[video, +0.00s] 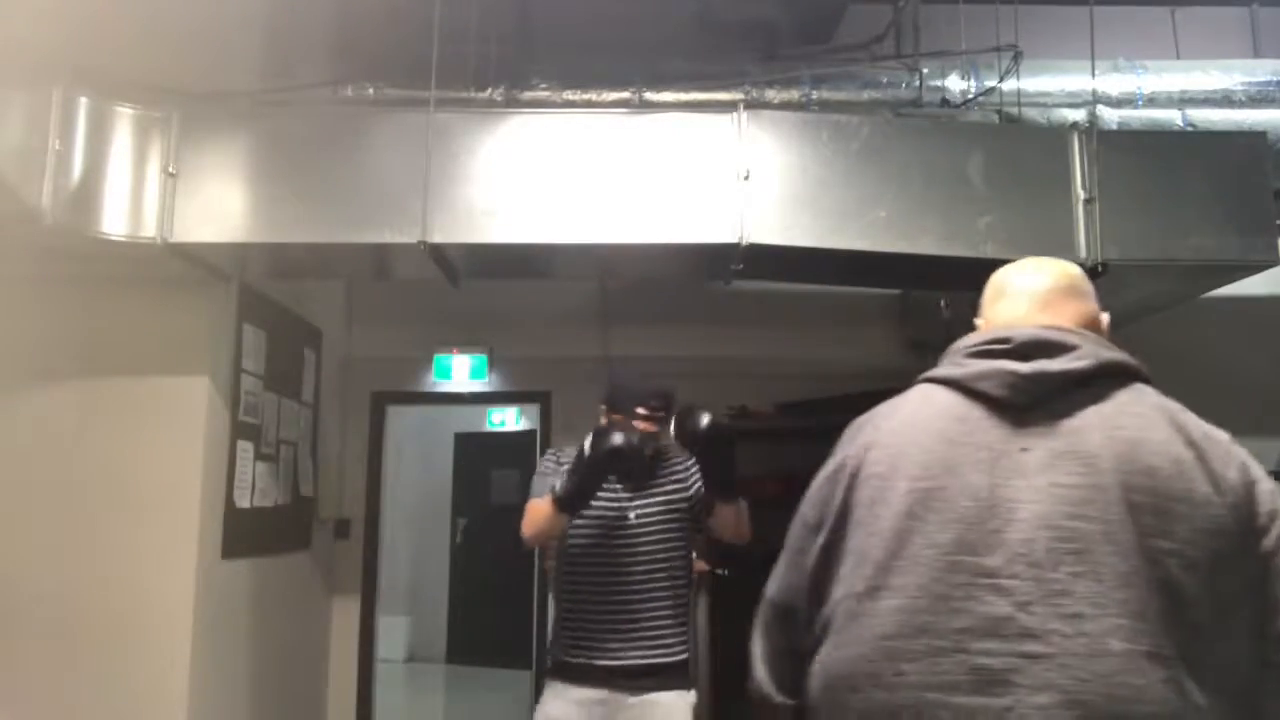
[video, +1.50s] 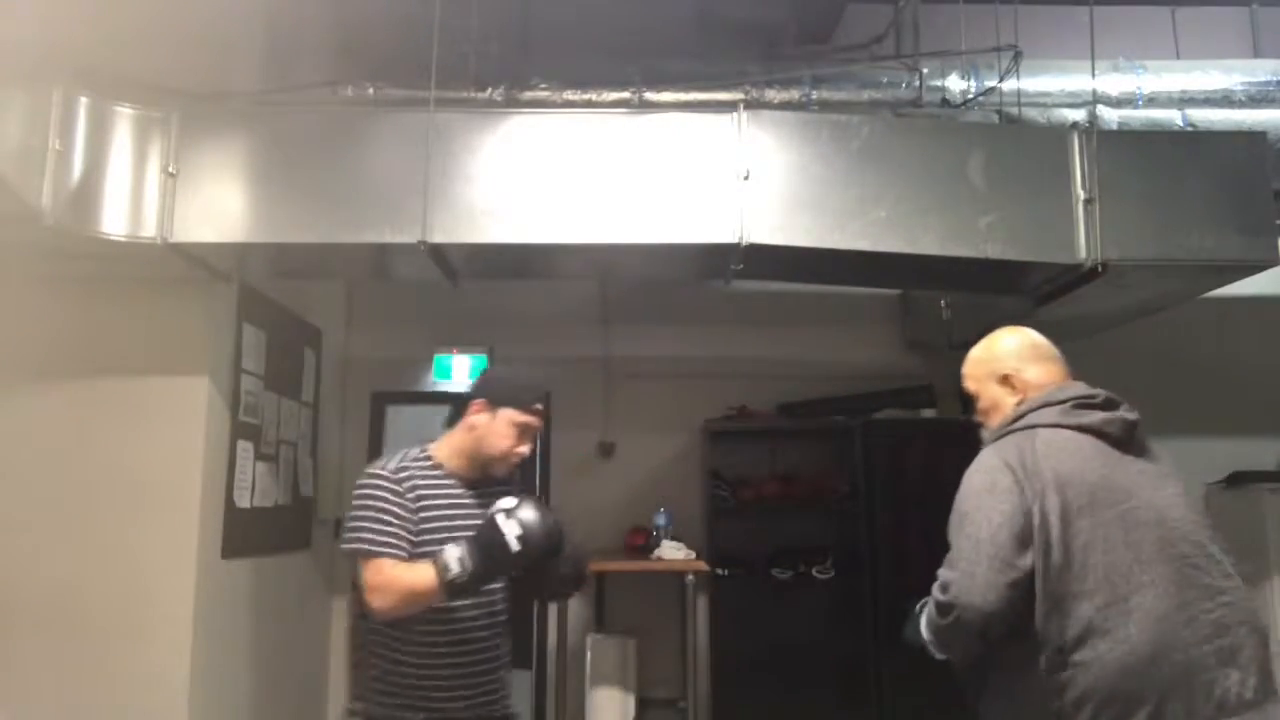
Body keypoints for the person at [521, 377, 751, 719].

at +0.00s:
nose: (644, 429)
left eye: (655, 420)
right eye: (633, 417)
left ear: (667, 424)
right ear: (606, 417)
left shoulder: (683, 468)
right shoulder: (564, 462)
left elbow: (736, 537)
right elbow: (532, 533)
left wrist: (719, 461)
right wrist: (590, 474)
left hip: (663, 688)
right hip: (577, 683)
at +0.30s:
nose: (604, 444)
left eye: (614, 435)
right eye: (595, 431)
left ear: (624, 432)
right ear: (566, 419)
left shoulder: (639, 473)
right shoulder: (520, 471)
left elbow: (670, 559)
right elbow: (502, 554)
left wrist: (676, 499)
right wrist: (559, 498)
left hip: (629, 682)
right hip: (543, 683)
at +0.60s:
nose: (568, 437)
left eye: (579, 428)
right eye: (560, 423)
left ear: (588, 425)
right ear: (529, 408)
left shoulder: (594, 463)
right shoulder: (475, 465)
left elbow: (610, 553)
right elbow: (466, 549)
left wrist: (632, 536)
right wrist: (528, 495)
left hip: (588, 675)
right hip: (504, 679)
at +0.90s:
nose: (610, 445)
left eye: (619, 433)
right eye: (605, 425)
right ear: (568, 407)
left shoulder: (604, 474)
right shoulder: (489, 468)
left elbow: (629, 559)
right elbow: (472, 569)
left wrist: (644, 538)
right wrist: (554, 526)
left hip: (592, 695)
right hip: (506, 697)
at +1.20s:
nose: (613, 438)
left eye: (620, 427)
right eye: (609, 419)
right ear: (569, 399)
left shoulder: (600, 472)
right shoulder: (484, 457)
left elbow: (622, 566)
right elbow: (453, 566)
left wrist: (636, 512)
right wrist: (539, 542)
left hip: (573, 697)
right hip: (484, 697)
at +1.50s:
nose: (527, 451)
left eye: (533, 440)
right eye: (520, 432)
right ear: (477, 412)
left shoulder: (497, 492)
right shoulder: (390, 480)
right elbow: (382, 594)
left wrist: (548, 573)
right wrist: (477, 556)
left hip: (488, 704)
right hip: (405, 707)